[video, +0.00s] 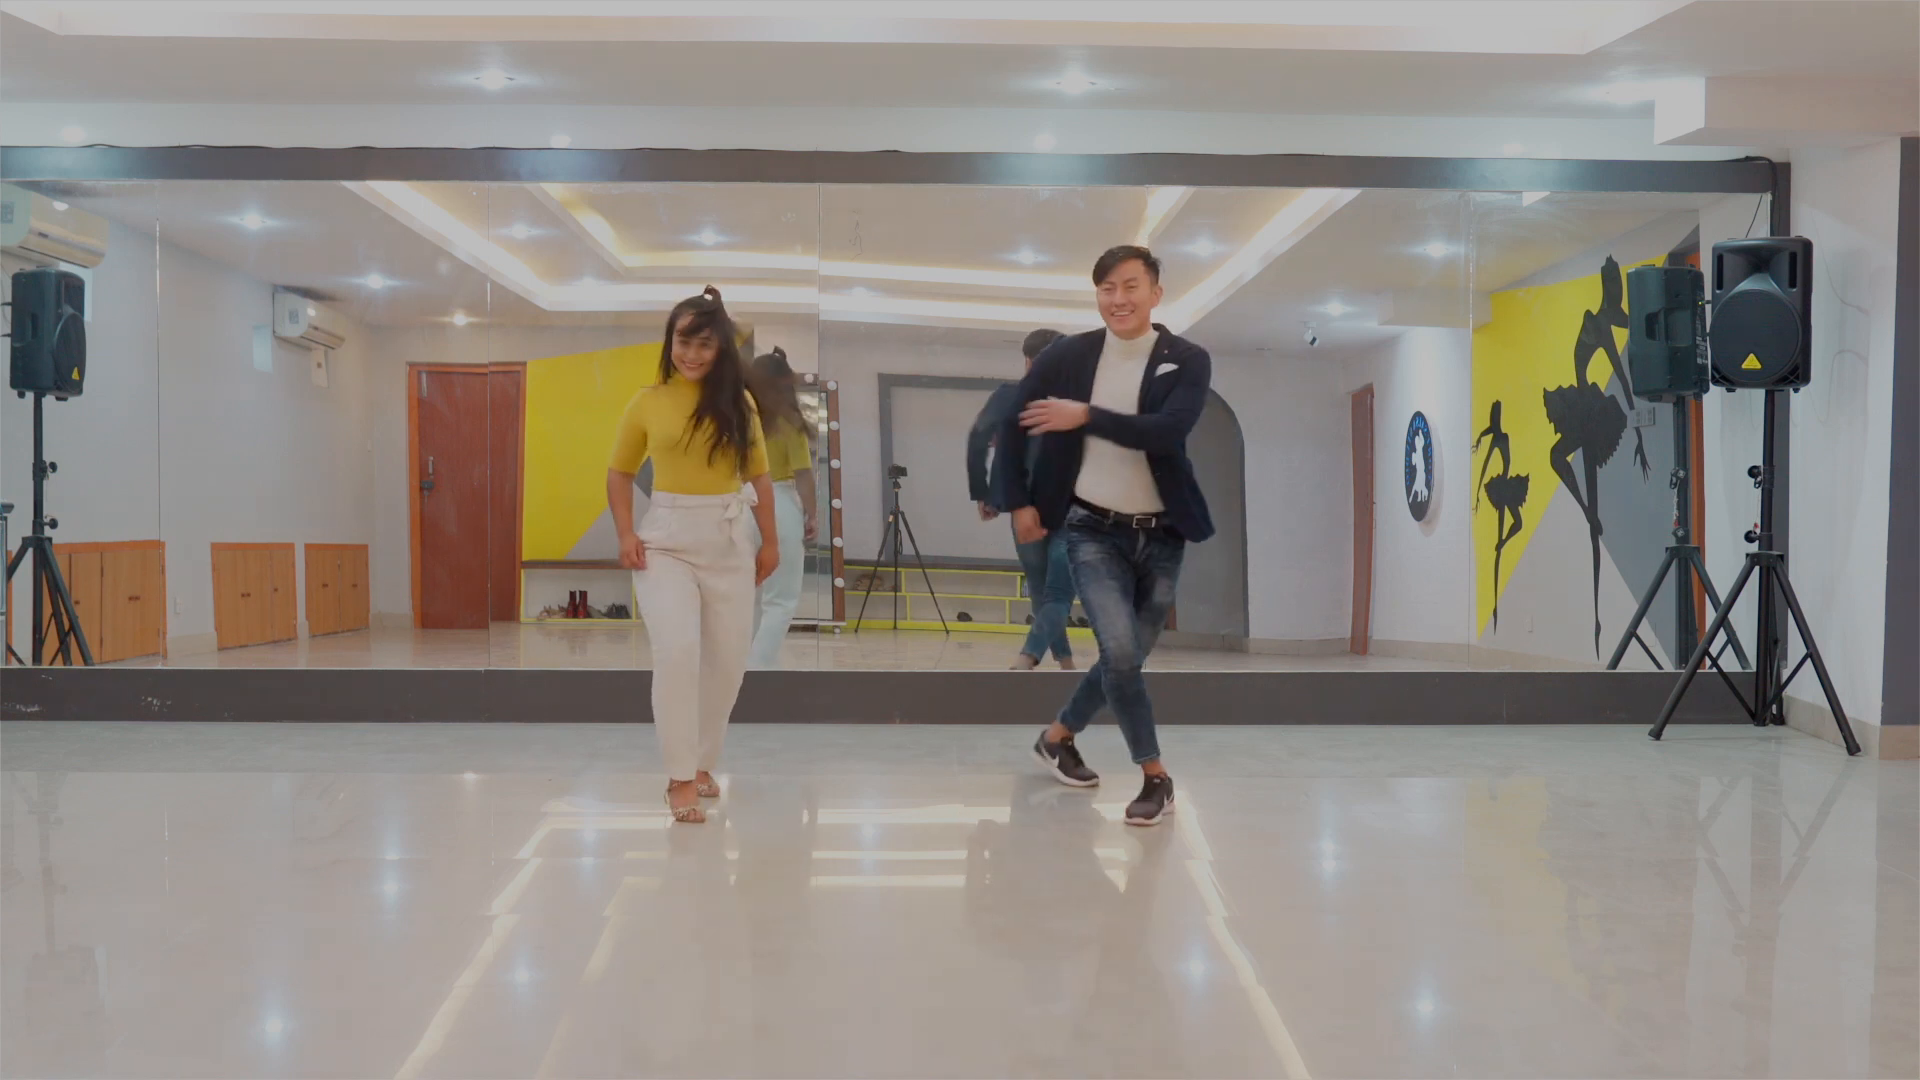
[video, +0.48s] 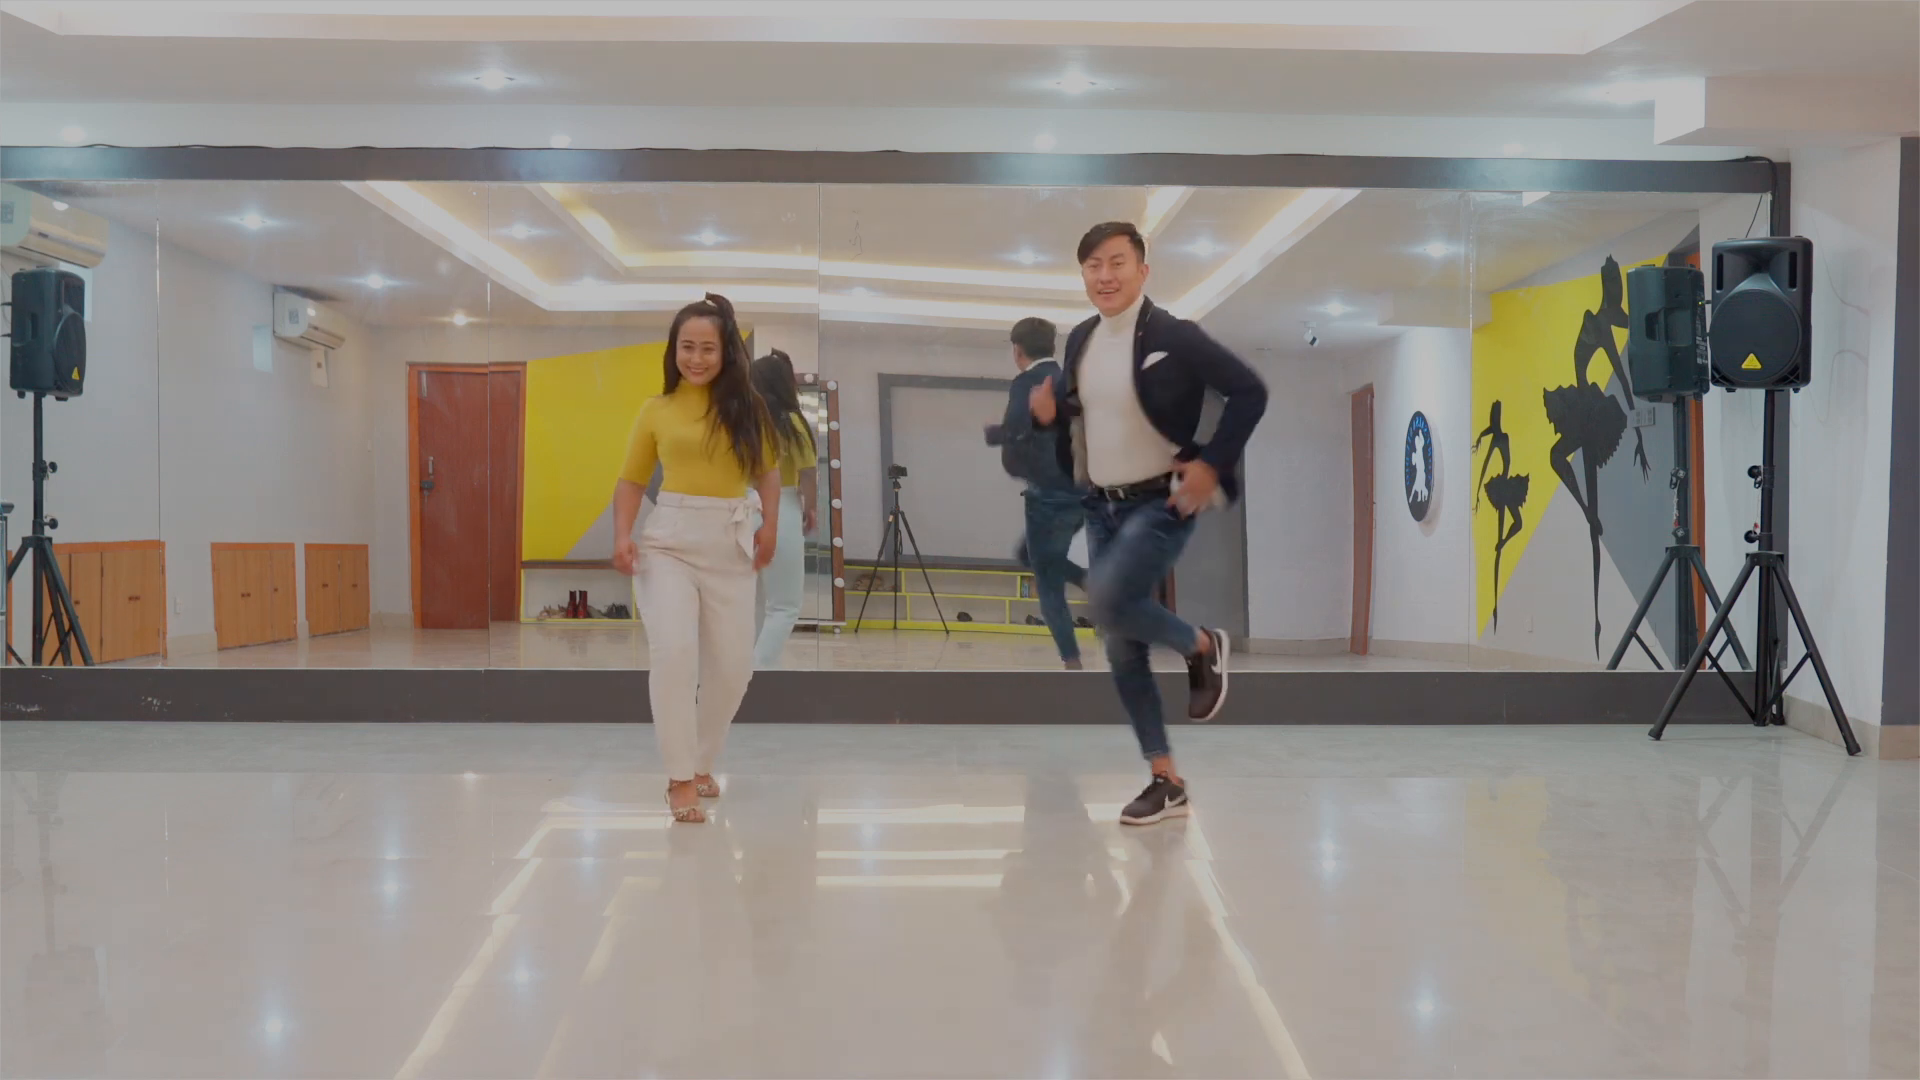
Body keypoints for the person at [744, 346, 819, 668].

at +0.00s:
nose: (794, 385)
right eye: (790, 380)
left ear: (751, 383)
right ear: (785, 384)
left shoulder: (740, 418)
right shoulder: (788, 421)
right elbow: (803, 473)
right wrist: (811, 514)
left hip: (741, 505)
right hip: (780, 503)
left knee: (751, 593)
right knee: (781, 597)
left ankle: (756, 668)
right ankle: (756, 674)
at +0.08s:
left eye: (749, 379)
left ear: (750, 383)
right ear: (785, 383)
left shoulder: (738, 419)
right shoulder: (789, 421)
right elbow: (805, 474)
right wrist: (812, 513)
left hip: (741, 506)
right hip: (782, 504)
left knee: (749, 594)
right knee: (781, 598)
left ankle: (749, 669)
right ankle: (757, 674)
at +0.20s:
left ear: (750, 383)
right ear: (786, 384)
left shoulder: (740, 419)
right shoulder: (790, 421)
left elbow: (729, 474)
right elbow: (806, 472)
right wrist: (811, 510)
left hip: (743, 505)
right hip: (783, 503)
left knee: (752, 595)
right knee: (783, 598)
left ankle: (749, 671)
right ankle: (758, 675)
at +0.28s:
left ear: (750, 383)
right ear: (785, 384)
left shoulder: (738, 420)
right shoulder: (788, 422)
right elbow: (805, 471)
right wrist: (810, 509)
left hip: (743, 507)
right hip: (783, 504)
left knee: (752, 596)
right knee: (784, 599)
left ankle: (748, 671)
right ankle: (760, 674)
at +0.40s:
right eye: (793, 379)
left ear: (751, 386)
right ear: (787, 385)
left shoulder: (741, 423)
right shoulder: (789, 424)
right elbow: (806, 472)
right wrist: (810, 507)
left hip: (743, 510)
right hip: (781, 510)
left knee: (752, 601)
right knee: (783, 604)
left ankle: (747, 674)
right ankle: (759, 676)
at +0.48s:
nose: (797, 384)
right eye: (794, 379)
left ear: (753, 385)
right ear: (787, 384)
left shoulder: (742, 420)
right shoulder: (793, 421)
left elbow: (733, 473)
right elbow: (807, 472)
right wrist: (810, 509)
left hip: (743, 512)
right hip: (782, 511)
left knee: (751, 601)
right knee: (784, 607)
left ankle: (750, 675)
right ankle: (758, 676)